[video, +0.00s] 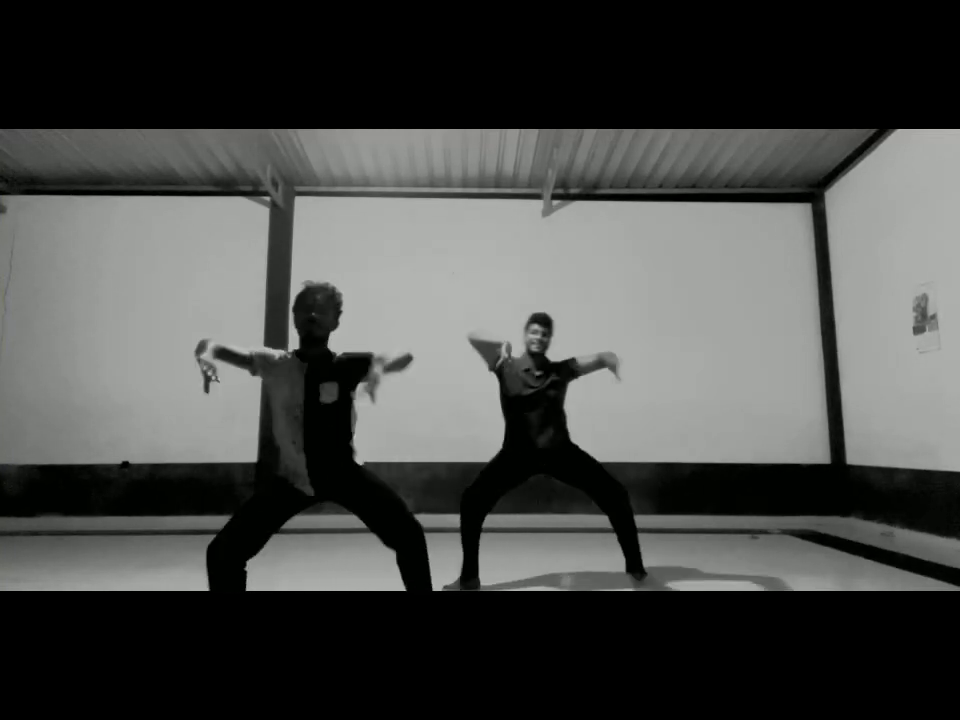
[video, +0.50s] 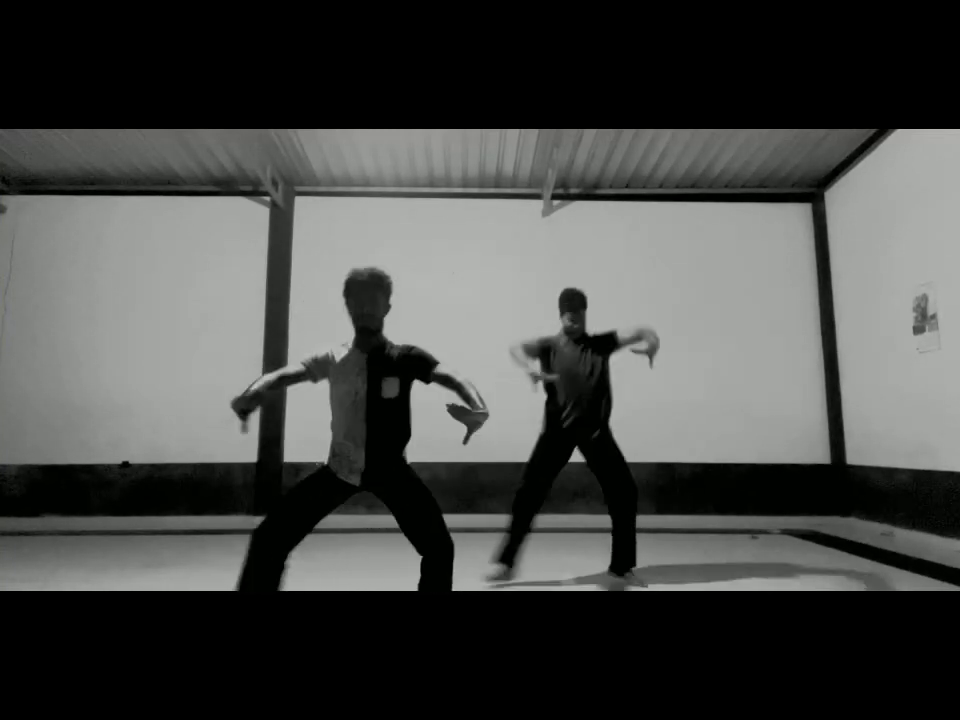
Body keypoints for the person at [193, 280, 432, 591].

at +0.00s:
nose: (311, 315)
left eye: (320, 309)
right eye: (304, 309)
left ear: (336, 320)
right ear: (294, 316)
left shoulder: (348, 366)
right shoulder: (276, 364)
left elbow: (405, 360)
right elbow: (212, 347)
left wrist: (381, 369)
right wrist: (205, 357)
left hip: (344, 477)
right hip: (291, 481)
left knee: (410, 536)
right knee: (223, 554)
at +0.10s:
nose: (314, 319)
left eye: (324, 312)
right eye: (307, 311)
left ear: (337, 322)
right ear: (296, 318)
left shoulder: (350, 369)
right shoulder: (275, 367)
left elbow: (408, 369)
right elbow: (213, 353)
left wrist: (396, 387)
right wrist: (202, 362)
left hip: (343, 480)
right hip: (289, 483)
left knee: (411, 532)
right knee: (221, 555)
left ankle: (418, 591)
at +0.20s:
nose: (325, 322)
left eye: (334, 313)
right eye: (317, 313)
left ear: (347, 320)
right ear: (306, 319)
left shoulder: (362, 371)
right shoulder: (288, 373)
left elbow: (418, 378)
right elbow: (225, 367)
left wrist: (416, 396)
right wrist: (212, 373)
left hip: (350, 483)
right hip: (295, 484)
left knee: (413, 543)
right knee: (226, 554)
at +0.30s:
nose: (339, 324)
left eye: (347, 314)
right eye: (331, 315)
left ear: (360, 320)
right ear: (320, 320)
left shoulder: (379, 371)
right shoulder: (311, 375)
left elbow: (427, 375)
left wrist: (443, 392)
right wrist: (235, 379)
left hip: (364, 483)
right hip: (311, 484)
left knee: (426, 545)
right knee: (239, 555)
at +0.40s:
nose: (356, 319)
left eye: (364, 309)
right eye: (347, 311)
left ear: (375, 314)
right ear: (335, 315)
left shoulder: (397, 367)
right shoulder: (324, 373)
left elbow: (444, 379)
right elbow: (275, 377)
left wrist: (465, 401)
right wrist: (247, 387)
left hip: (382, 481)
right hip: (329, 480)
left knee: (437, 550)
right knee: (255, 546)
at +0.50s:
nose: (365, 308)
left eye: (374, 300)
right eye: (357, 300)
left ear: (387, 305)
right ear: (347, 305)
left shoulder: (405, 360)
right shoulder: (333, 363)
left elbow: (457, 383)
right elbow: (280, 377)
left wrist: (480, 410)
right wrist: (251, 394)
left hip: (390, 474)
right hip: (340, 473)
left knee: (439, 549)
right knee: (269, 539)